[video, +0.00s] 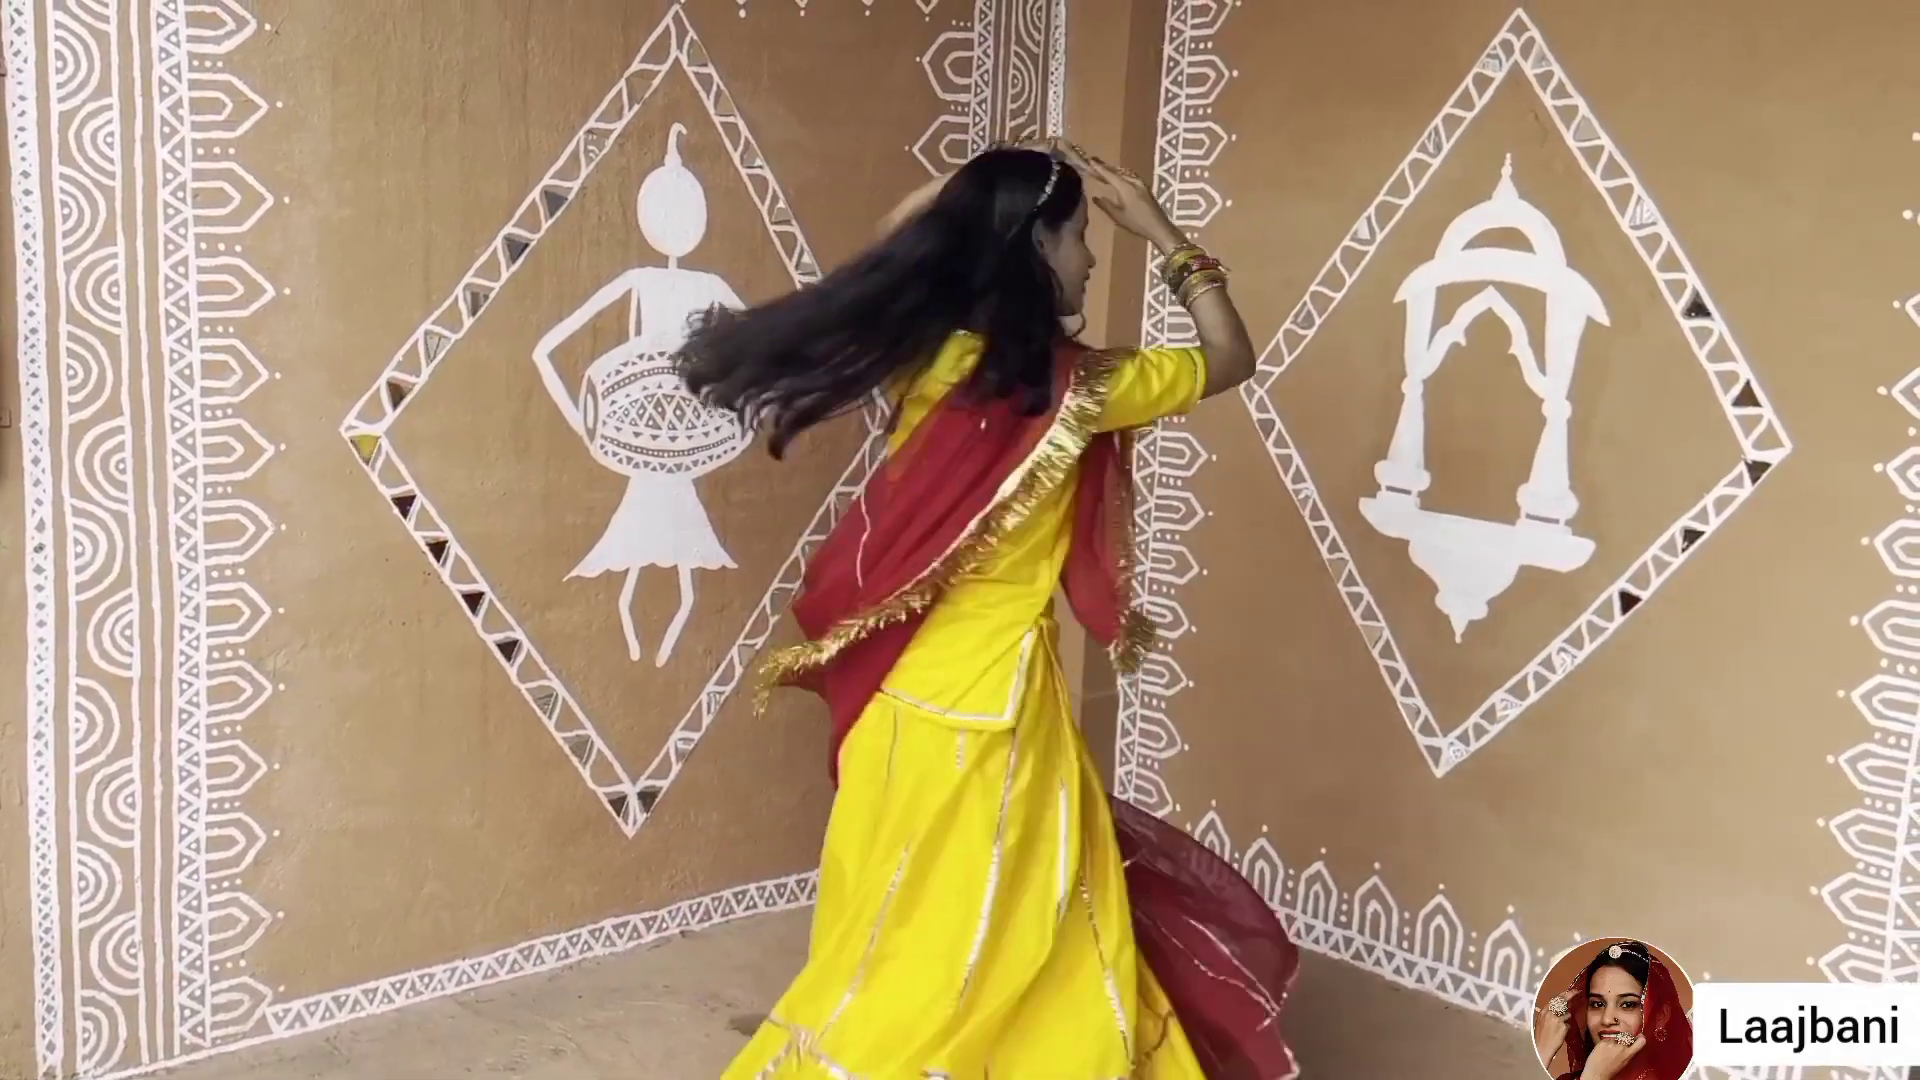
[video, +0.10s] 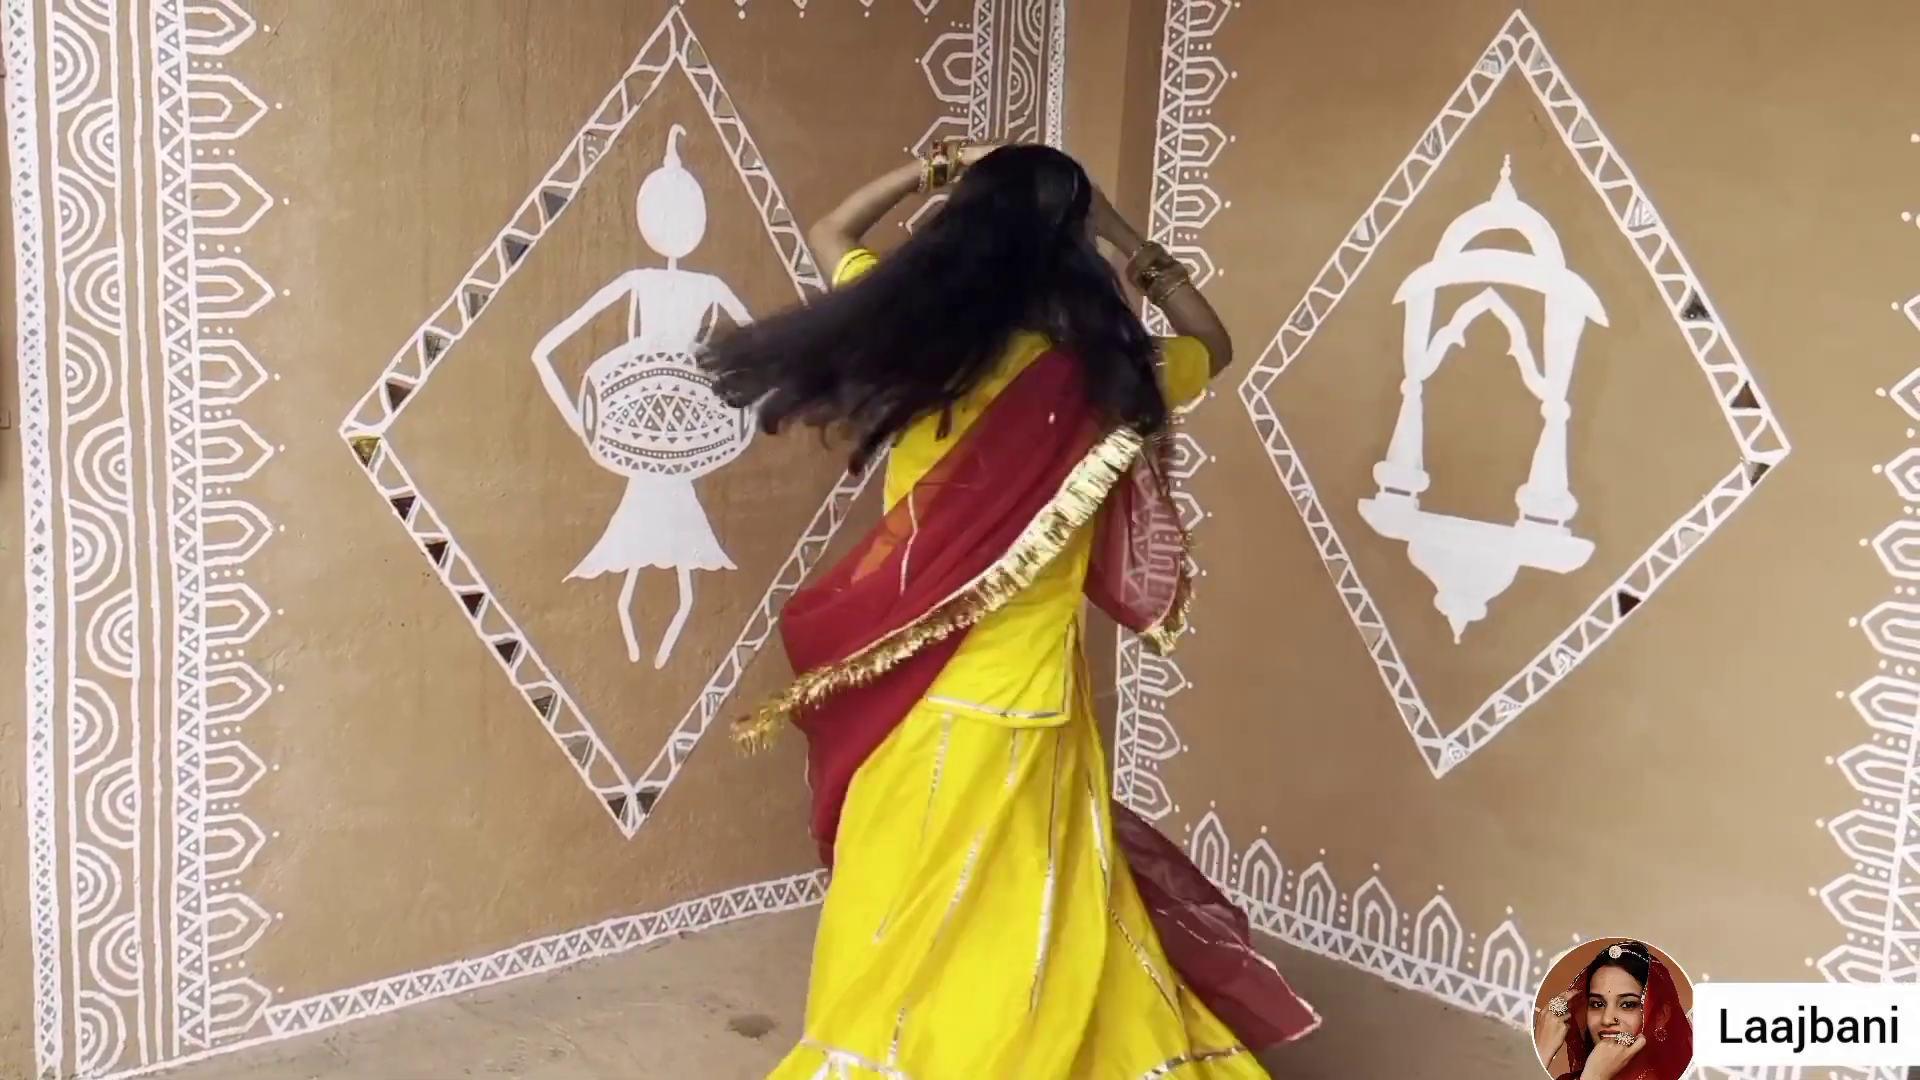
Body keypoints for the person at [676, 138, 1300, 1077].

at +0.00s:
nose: (1093, 252)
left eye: (1088, 231)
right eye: (1079, 233)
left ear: (981, 249)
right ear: (1039, 246)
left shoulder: (920, 353)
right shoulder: (1075, 387)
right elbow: (1228, 358)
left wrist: (957, 186)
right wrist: (1157, 229)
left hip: (897, 688)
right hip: (1003, 702)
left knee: (891, 923)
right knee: (1049, 927)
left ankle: (855, 1056)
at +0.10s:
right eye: (1091, 230)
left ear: (961, 233)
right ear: (1075, 252)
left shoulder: (922, 336)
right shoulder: (1093, 377)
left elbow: (835, 233)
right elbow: (1208, 343)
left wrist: (922, 168)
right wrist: (1122, 236)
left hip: (920, 669)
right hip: (1037, 684)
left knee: (902, 883)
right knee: (1044, 891)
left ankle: (882, 1055)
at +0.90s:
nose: (979, 287)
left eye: (1005, 264)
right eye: (962, 262)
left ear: (1049, 270)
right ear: (940, 265)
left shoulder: (1105, 380)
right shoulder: (892, 384)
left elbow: (1253, 475)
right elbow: (740, 458)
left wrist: (1109, 502)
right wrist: (899, 491)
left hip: (1103, 741)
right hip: (949, 747)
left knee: (1104, 1014)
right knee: (943, 1006)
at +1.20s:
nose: (1003, 330)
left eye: (1027, 306)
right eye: (979, 307)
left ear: (1060, 316)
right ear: (949, 317)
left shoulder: (1107, 445)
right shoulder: (908, 445)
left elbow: (1221, 580)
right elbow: (816, 560)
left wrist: (1171, 691)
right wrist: (914, 700)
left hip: (1090, 783)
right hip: (947, 790)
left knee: (1109, 1032)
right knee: (964, 1031)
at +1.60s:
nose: (984, 326)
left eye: (1009, 301)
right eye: (962, 302)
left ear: (1050, 306)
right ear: (940, 308)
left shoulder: (1098, 433)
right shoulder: (892, 433)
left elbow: (1227, 562)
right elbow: (781, 542)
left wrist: (1120, 665)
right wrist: (873, 668)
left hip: (1067, 756)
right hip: (932, 752)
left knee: (1065, 995)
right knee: (936, 994)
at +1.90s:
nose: (948, 269)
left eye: (972, 245)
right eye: (932, 245)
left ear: (1027, 243)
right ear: (916, 243)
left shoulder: (1070, 360)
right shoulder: (877, 349)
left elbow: (1205, 417)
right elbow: (723, 366)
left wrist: (1034, 435)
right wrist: (840, 412)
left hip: (1030, 700)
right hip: (891, 695)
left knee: (1029, 943)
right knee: (880, 931)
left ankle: (1032, 1066)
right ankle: (876, 1066)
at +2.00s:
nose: (931, 262)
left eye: (954, 240)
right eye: (918, 239)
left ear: (1012, 238)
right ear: (904, 240)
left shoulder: (1050, 354)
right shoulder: (876, 327)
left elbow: (1161, 384)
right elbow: (721, 330)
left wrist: (991, 376)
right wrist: (821, 350)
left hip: (994, 696)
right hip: (868, 679)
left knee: (990, 948)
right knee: (859, 933)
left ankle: (1003, 1065)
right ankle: (859, 1065)